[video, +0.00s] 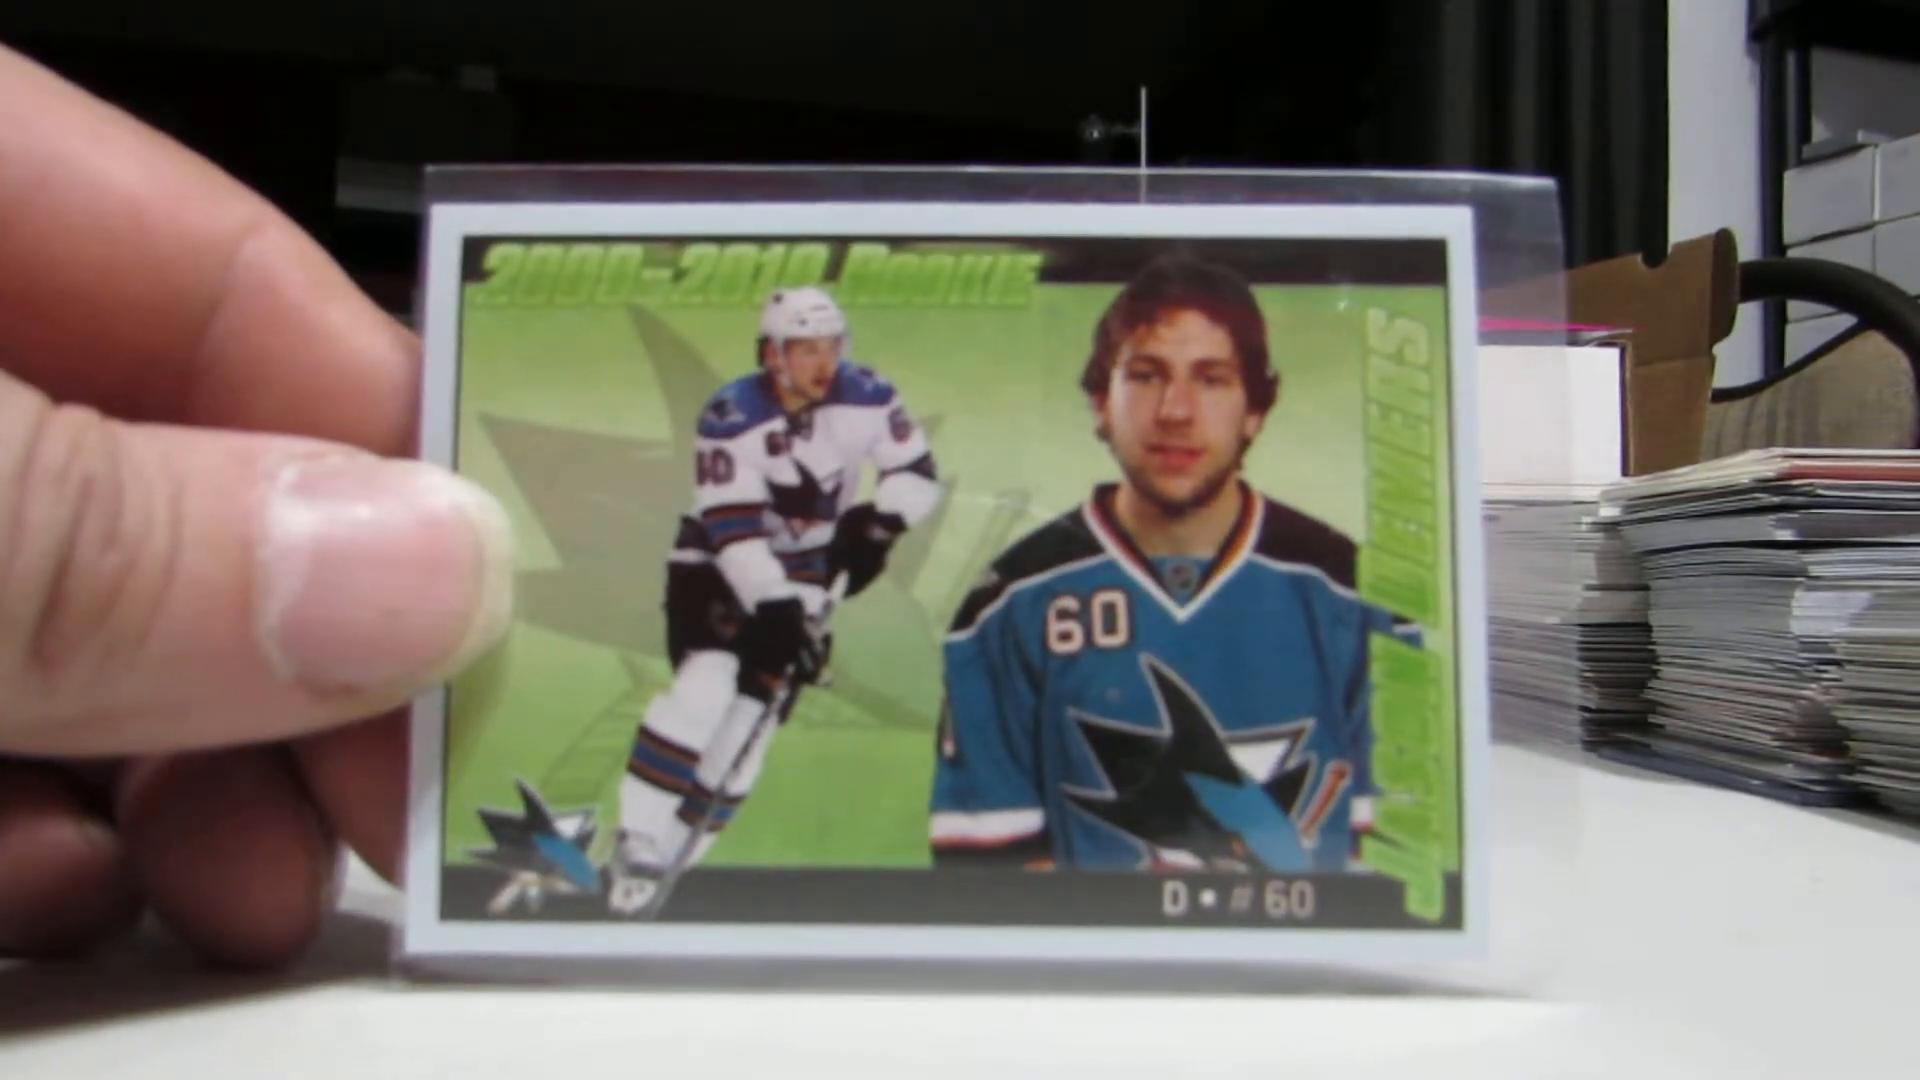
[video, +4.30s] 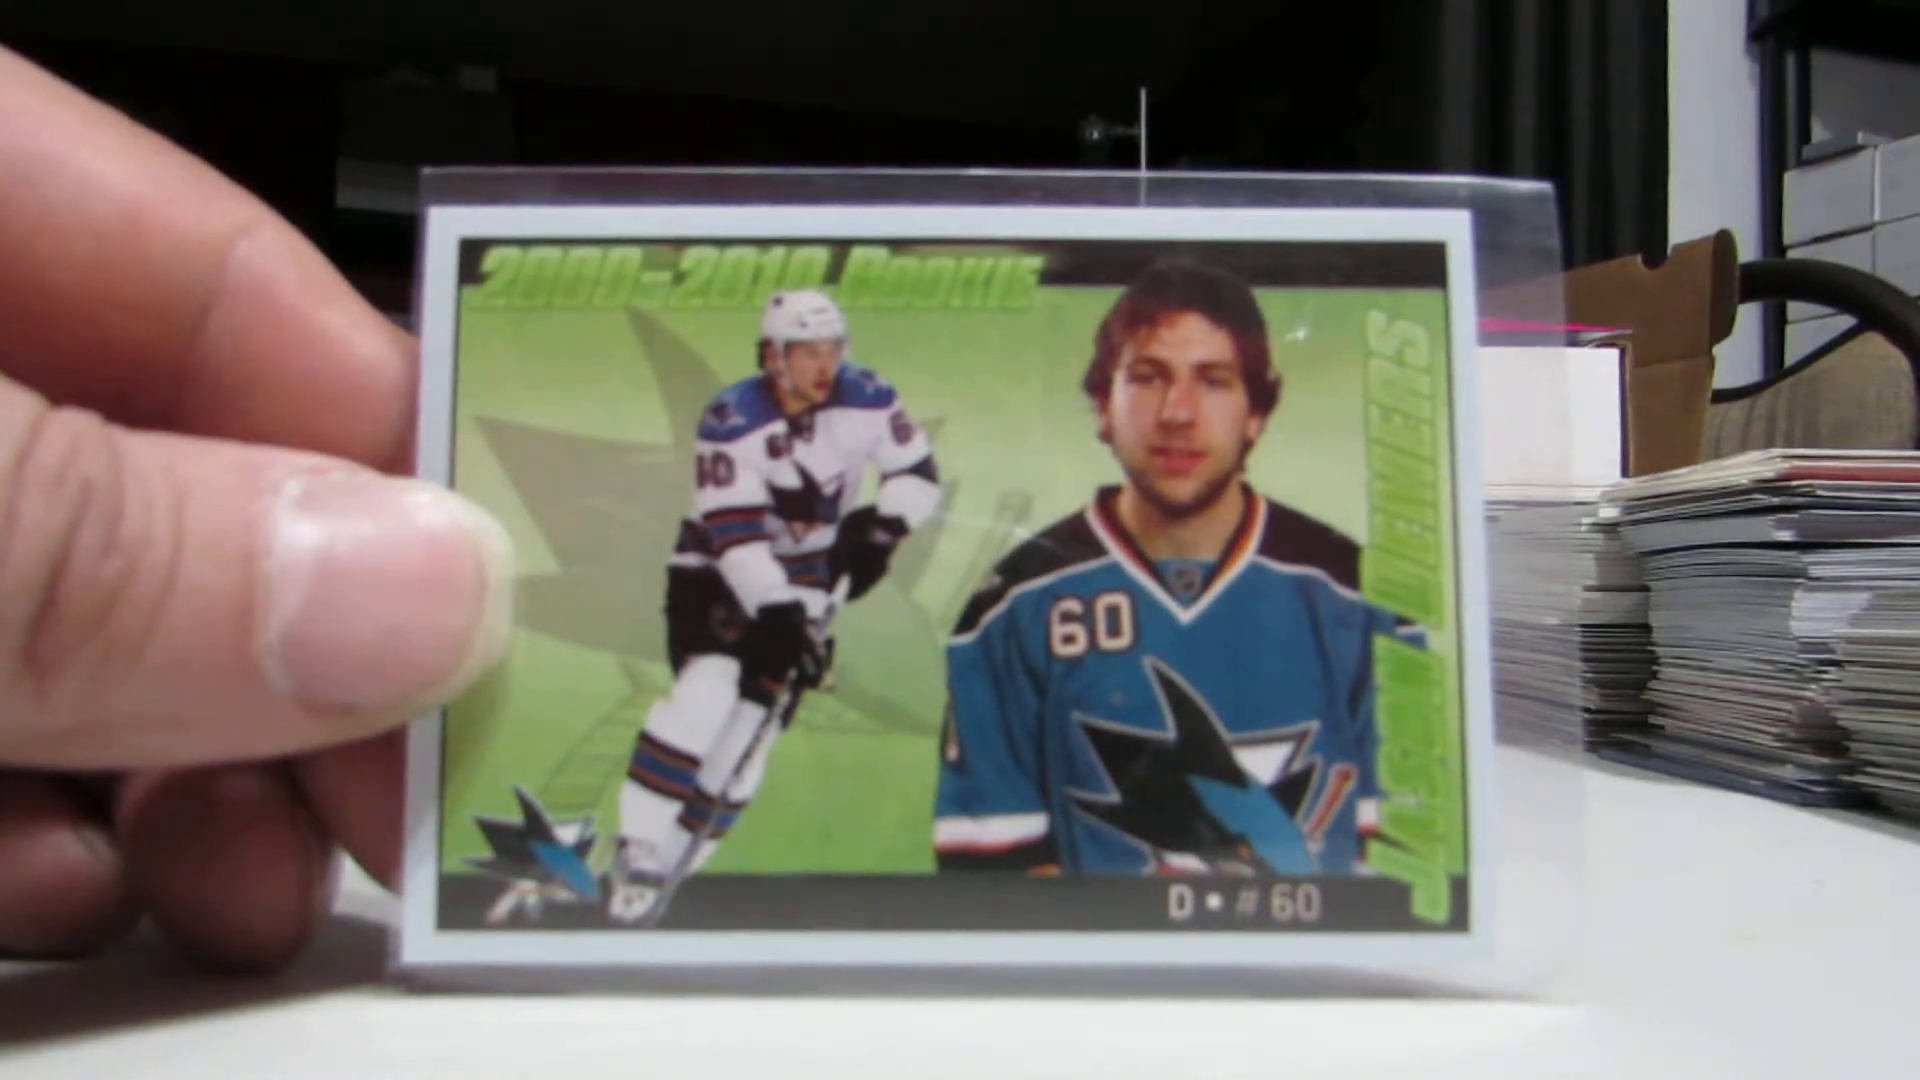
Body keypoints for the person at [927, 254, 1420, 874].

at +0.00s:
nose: (1175, 409)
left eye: (1210, 379)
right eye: (1146, 375)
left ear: (1254, 412)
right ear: (1101, 404)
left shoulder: (1348, 585)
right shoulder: (1015, 600)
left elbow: (1393, 852)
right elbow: (989, 874)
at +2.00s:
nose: (1176, 411)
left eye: (1211, 381)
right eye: (1146, 378)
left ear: (1254, 413)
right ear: (1102, 407)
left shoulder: (1354, 589)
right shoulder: (1017, 604)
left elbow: (1400, 851)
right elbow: (992, 872)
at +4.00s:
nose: (1177, 411)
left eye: (1212, 381)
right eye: (1147, 377)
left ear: (1255, 415)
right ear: (1103, 408)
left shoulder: (1355, 589)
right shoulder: (1017, 604)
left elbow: (1400, 856)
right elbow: (994, 876)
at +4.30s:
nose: (1177, 411)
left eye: (1212, 381)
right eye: (1147, 377)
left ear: (1255, 415)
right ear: (1103, 408)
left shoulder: (1355, 588)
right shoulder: (1017, 604)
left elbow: (1400, 853)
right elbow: (994, 876)